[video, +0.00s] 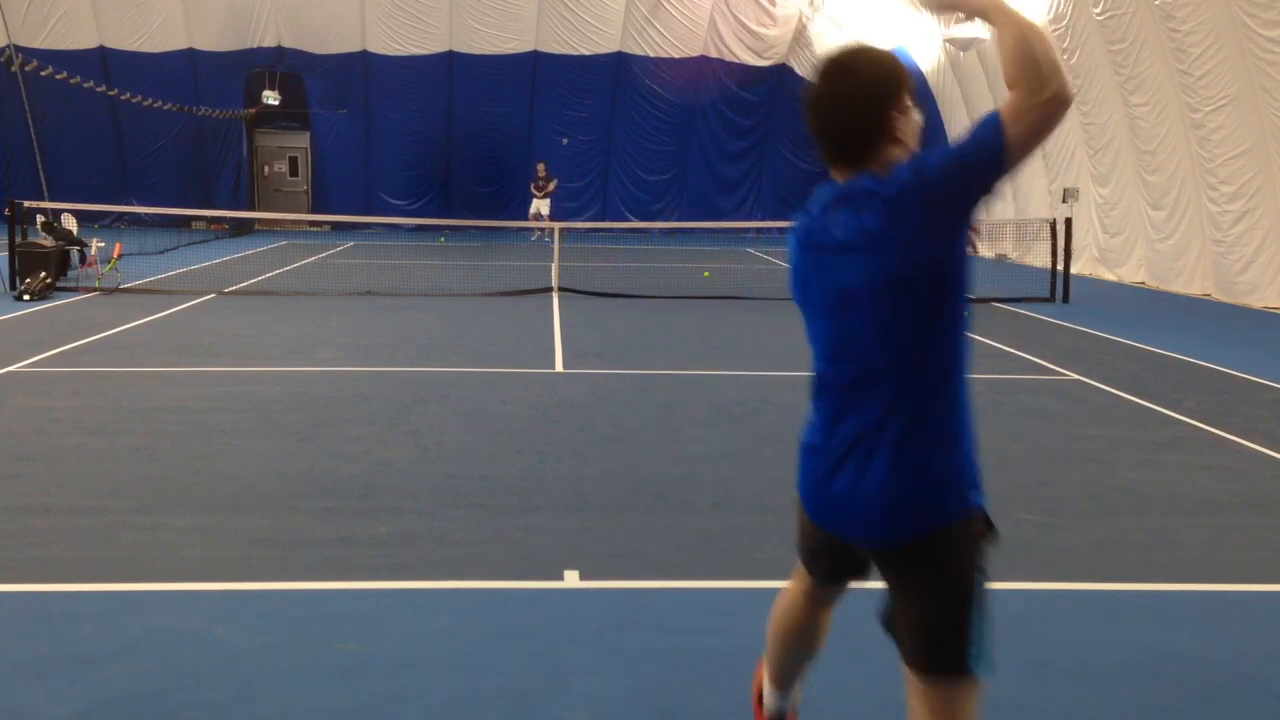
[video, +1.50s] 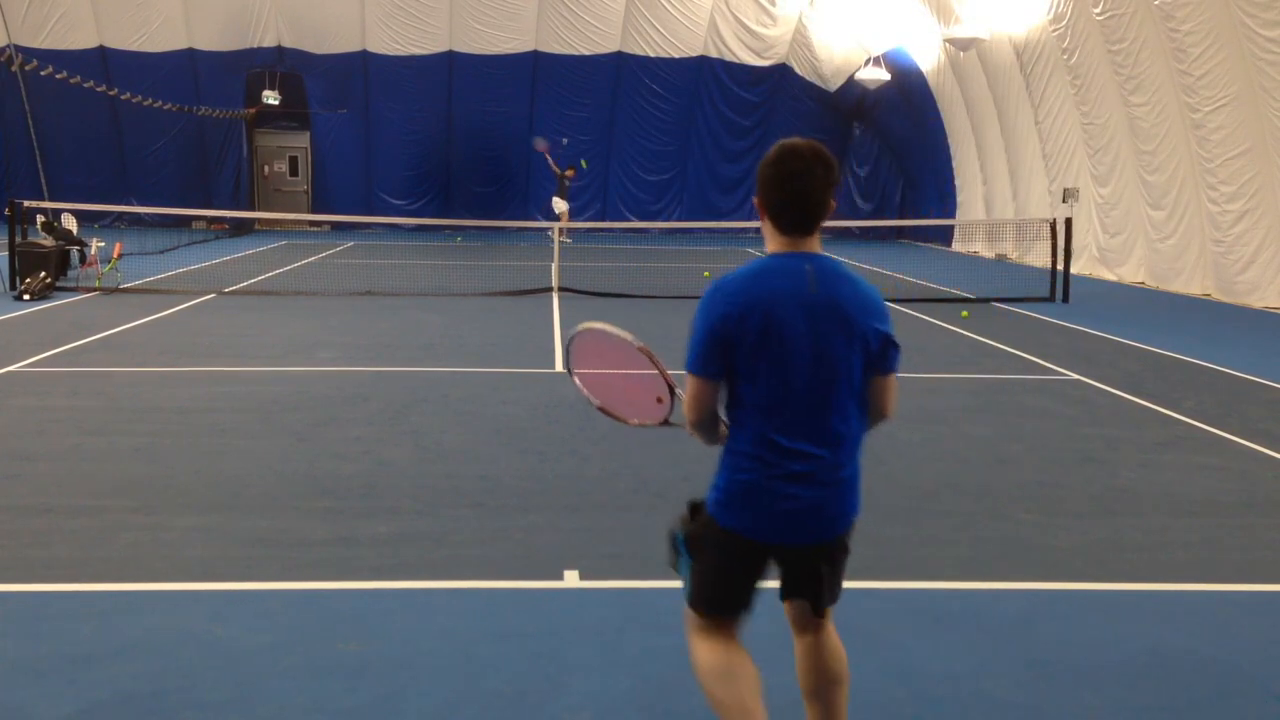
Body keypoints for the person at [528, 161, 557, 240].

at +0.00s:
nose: (540, 168)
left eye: (541, 166)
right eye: (539, 166)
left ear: (544, 167)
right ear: (537, 168)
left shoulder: (549, 177)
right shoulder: (535, 177)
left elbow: (551, 187)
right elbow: (532, 188)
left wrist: (544, 192)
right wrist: (537, 193)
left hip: (545, 199)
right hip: (536, 199)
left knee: (545, 216)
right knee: (531, 216)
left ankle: (547, 235)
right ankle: (537, 231)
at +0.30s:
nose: (535, 171)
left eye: (537, 169)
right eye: (534, 169)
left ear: (539, 170)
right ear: (532, 170)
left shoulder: (543, 180)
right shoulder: (529, 180)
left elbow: (546, 190)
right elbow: (526, 190)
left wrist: (538, 193)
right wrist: (531, 196)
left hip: (540, 202)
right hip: (530, 201)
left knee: (542, 218)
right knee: (525, 217)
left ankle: (545, 235)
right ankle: (521, 235)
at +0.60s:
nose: (543, 167)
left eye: (545, 165)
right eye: (542, 165)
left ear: (547, 166)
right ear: (539, 167)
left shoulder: (550, 176)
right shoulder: (536, 176)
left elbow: (551, 186)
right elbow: (532, 187)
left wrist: (545, 193)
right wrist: (539, 195)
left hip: (546, 197)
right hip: (536, 197)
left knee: (548, 215)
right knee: (535, 214)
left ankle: (545, 233)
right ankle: (529, 233)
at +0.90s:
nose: (557, 173)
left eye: (558, 171)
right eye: (555, 171)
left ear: (559, 173)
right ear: (552, 172)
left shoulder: (557, 183)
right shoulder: (550, 182)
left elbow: (559, 192)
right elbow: (548, 194)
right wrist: (556, 201)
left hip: (553, 202)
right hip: (546, 201)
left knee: (557, 218)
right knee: (554, 215)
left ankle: (552, 235)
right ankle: (545, 231)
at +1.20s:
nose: (572, 182)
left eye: (572, 180)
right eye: (571, 180)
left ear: (566, 179)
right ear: (567, 179)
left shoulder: (560, 187)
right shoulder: (565, 188)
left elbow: (564, 196)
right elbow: (567, 197)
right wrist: (572, 199)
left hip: (550, 205)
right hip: (554, 206)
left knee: (556, 220)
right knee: (566, 218)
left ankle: (551, 235)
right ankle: (563, 236)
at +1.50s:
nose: (572, 174)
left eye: (572, 173)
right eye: (571, 172)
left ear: (572, 173)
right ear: (568, 171)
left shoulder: (567, 180)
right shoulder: (561, 175)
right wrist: (549, 159)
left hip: (564, 200)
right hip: (558, 199)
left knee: (565, 218)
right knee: (564, 216)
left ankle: (554, 231)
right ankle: (562, 235)